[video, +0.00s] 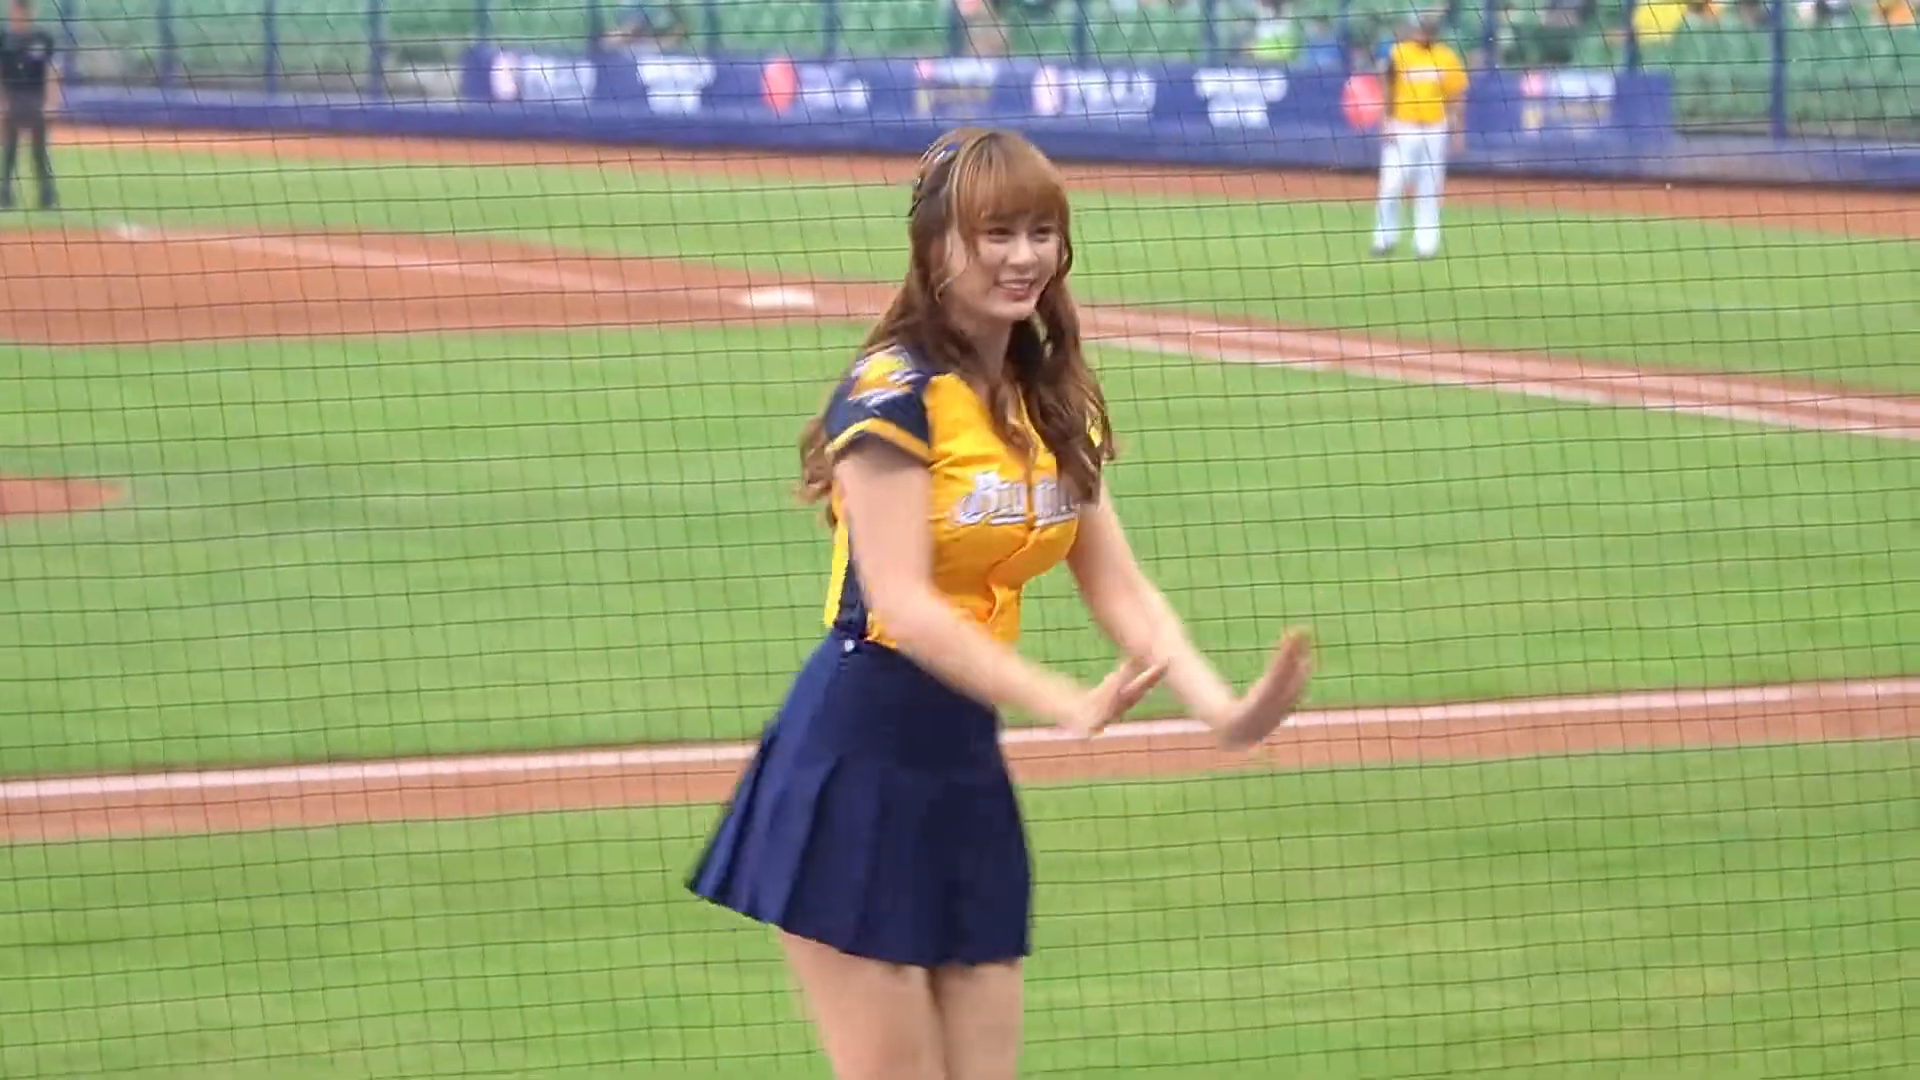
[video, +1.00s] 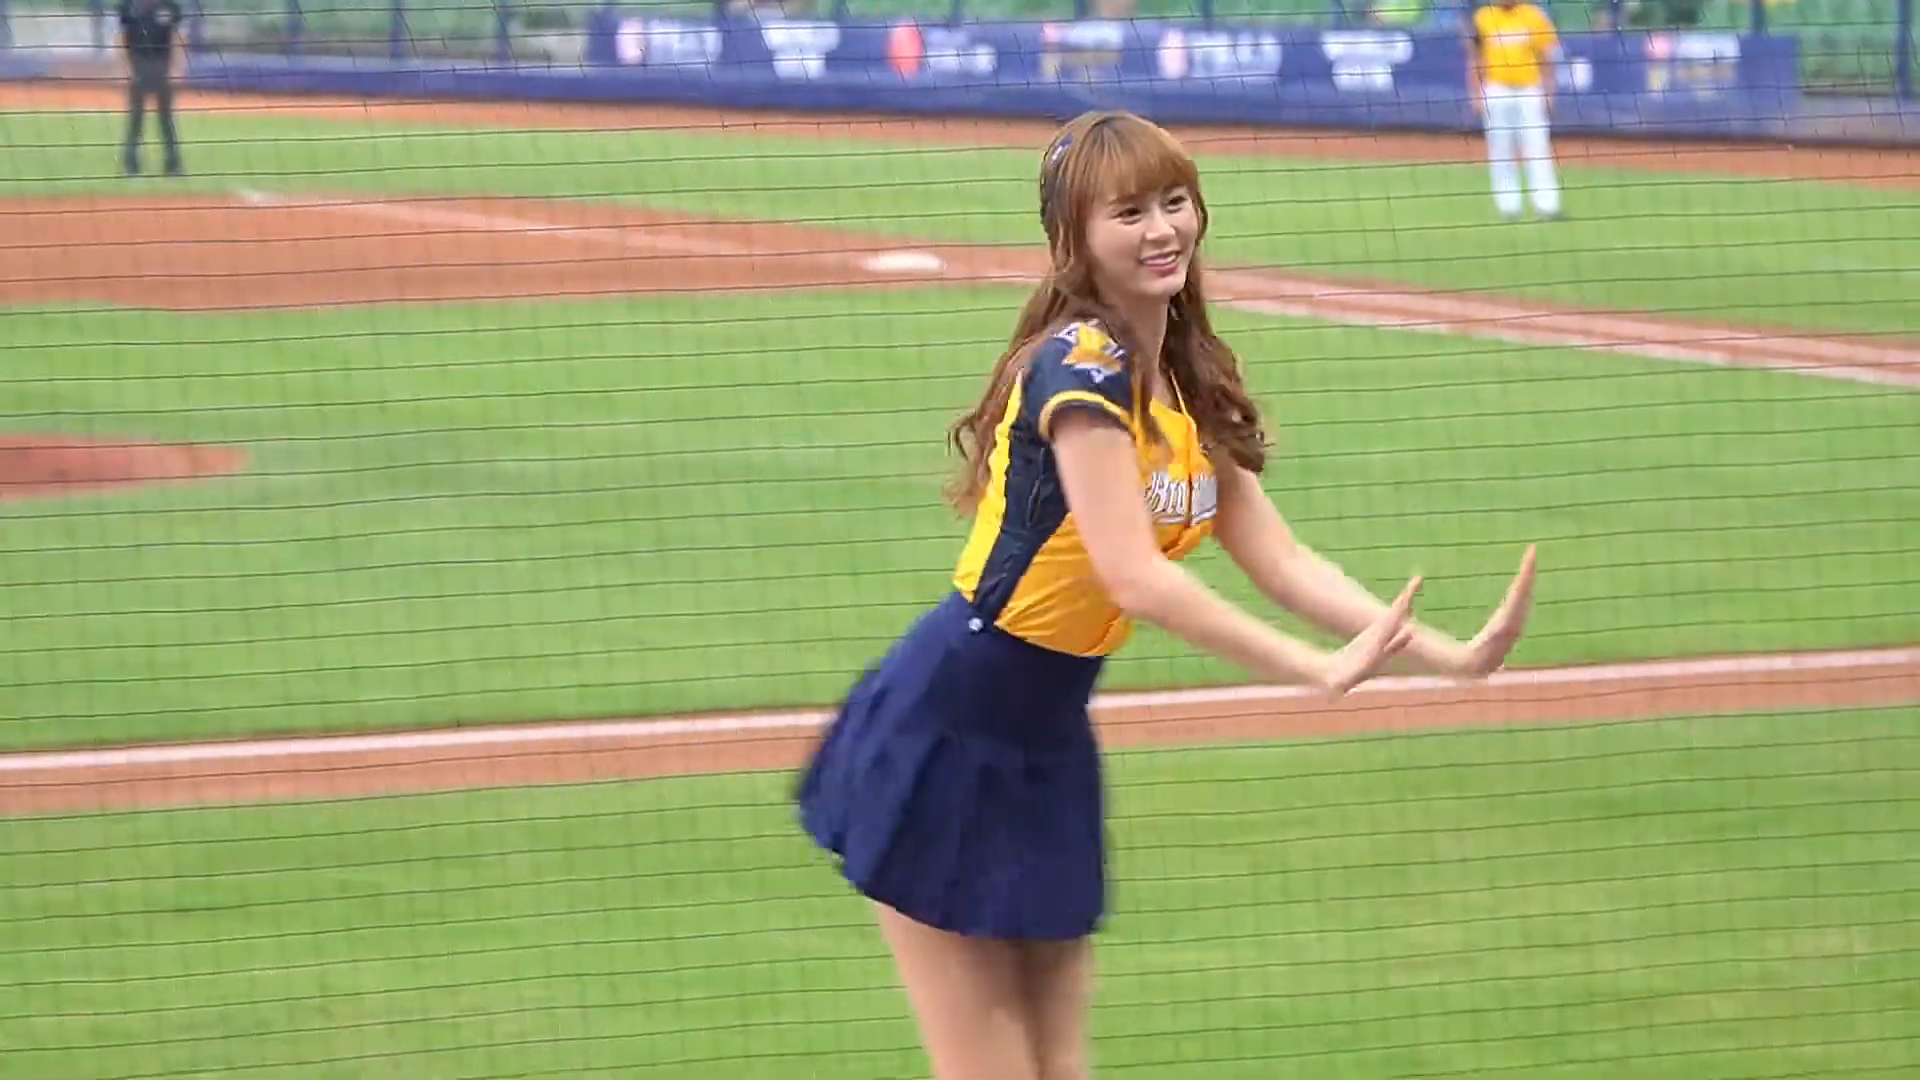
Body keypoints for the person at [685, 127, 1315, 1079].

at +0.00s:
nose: (1025, 256)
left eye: (1042, 231)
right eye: (997, 233)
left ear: (1062, 243)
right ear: (937, 246)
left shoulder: (1049, 396)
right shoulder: (889, 391)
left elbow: (1115, 584)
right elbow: (898, 603)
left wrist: (1218, 707)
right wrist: (1059, 702)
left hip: (965, 747)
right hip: (856, 743)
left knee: (983, 1063)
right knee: (891, 1066)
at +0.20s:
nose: (1000, 304)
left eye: (1015, 280)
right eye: (975, 279)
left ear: (1032, 291)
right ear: (909, 287)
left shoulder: (1052, 423)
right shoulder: (832, 452)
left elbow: (1086, 596)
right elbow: (842, 649)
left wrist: (1075, 736)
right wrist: (894, 778)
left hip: (1049, 770)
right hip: (906, 784)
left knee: (1077, 1058)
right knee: (955, 1062)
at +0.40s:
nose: (1047, 270)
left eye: (1060, 250)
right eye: (1017, 246)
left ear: (1076, 271)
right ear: (942, 271)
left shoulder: (1103, 398)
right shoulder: (882, 427)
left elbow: (1095, 521)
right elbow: (829, 595)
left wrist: (1041, 594)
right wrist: (763, 666)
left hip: (1089, 753)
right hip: (942, 751)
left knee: (1060, 1065)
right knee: (948, 1066)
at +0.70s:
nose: (1091, 250)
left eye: (1106, 222)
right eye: (1060, 228)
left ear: (1128, 228)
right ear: (999, 244)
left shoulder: (1165, 372)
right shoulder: (935, 385)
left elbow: (1200, 560)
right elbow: (888, 584)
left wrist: (1185, 655)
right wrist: (903, 695)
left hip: (1144, 724)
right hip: (999, 734)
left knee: (1146, 1061)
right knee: (1052, 1064)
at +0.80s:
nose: (1095, 298)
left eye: (1110, 271)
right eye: (1064, 277)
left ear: (1132, 279)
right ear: (1006, 293)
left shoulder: (1147, 426)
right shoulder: (951, 434)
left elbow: (1190, 614)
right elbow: (941, 647)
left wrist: (1230, 724)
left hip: (1140, 762)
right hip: (1004, 764)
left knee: (1169, 1055)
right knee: (1055, 1060)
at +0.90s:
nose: (1122, 260)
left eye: (1135, 233)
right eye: (1089, 239)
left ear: (1155, 243)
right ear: (1031, 263)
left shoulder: (1157, 411)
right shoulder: (1004, 397)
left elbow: (1208, 595)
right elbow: (1020, 611)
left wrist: (1312, 712)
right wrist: (1162, 745)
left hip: (1108, 750)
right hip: (989, 755)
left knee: (1140, 1057)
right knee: (1046, 1063)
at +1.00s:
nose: (1162, 227)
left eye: (1175, 201)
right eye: (1128, 211)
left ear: (1198, 216)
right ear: (1074, 238)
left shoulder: (1188, 379)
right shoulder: (1076, 366)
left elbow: (1279, 559)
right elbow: (1131, 575)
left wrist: (1448, 654)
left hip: (1048, 726)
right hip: (947, 721)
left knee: (1055, 1059)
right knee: (985, 1064)